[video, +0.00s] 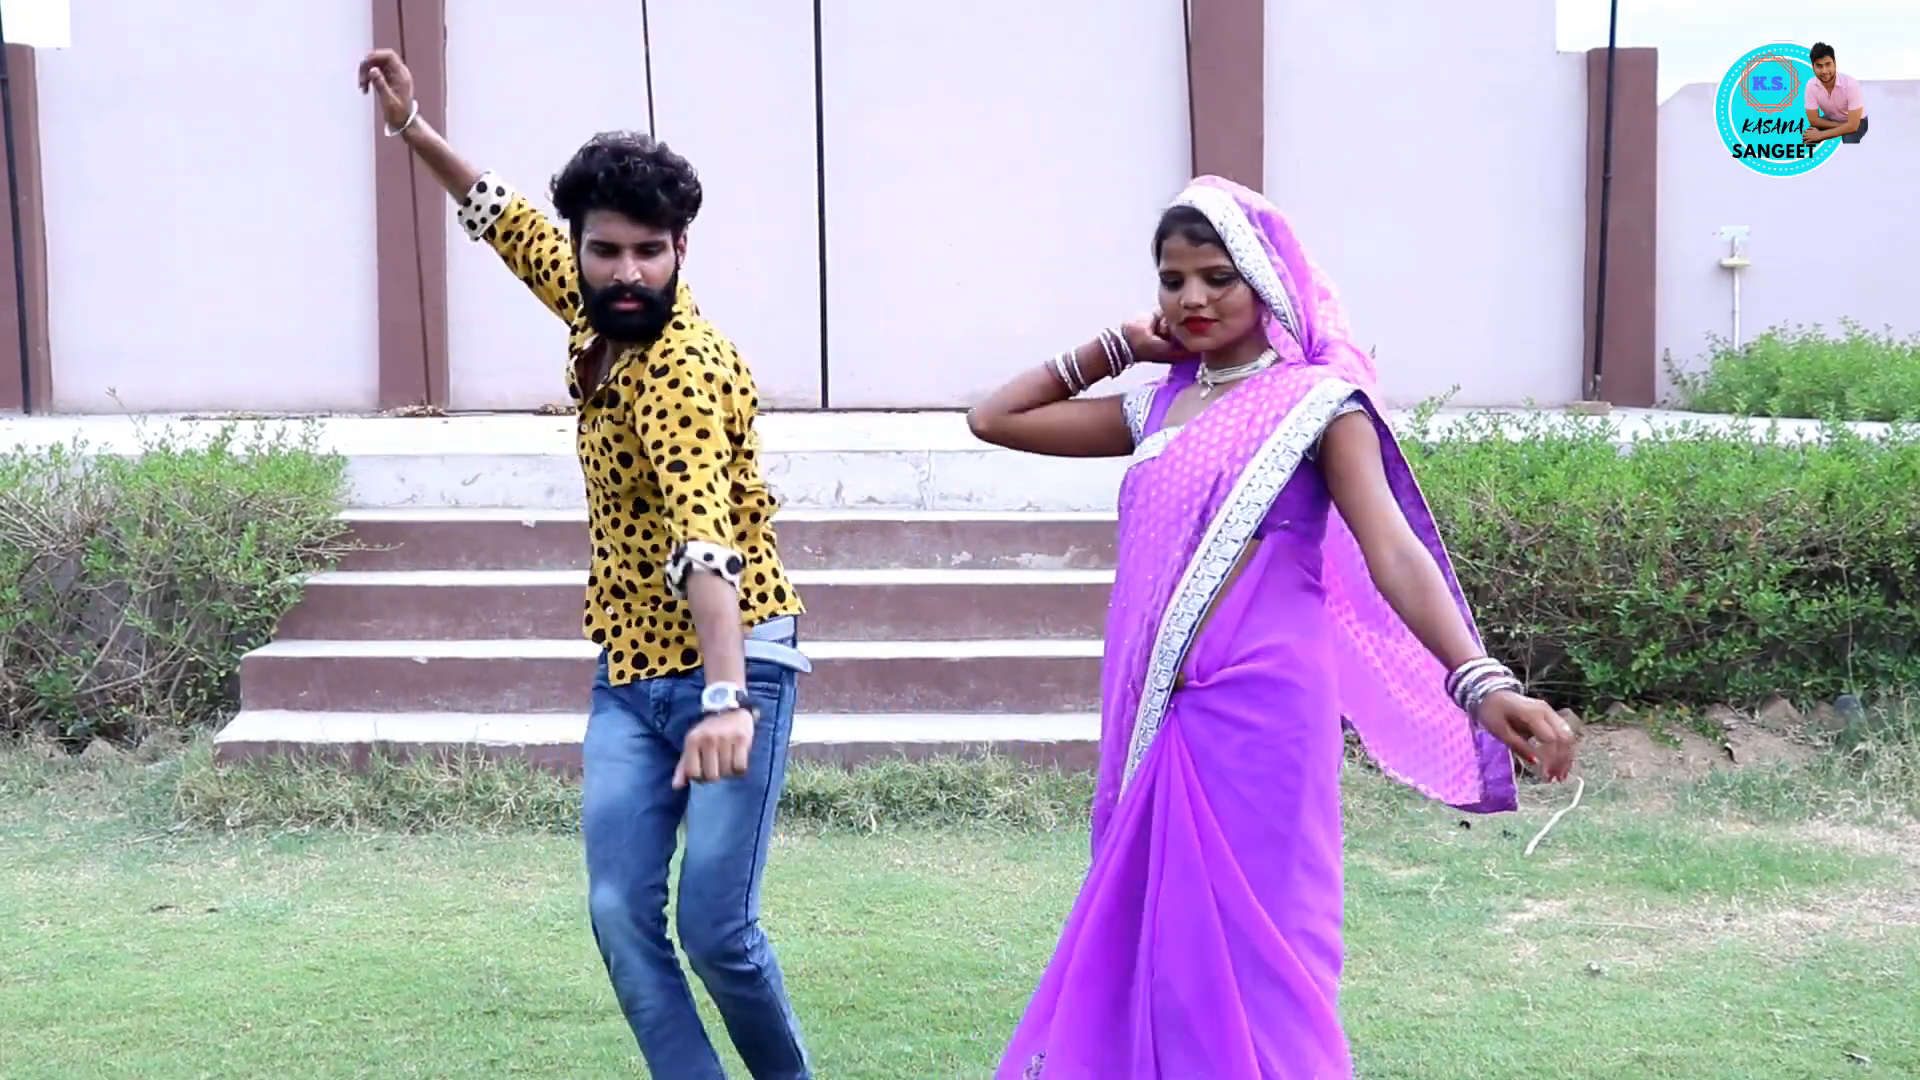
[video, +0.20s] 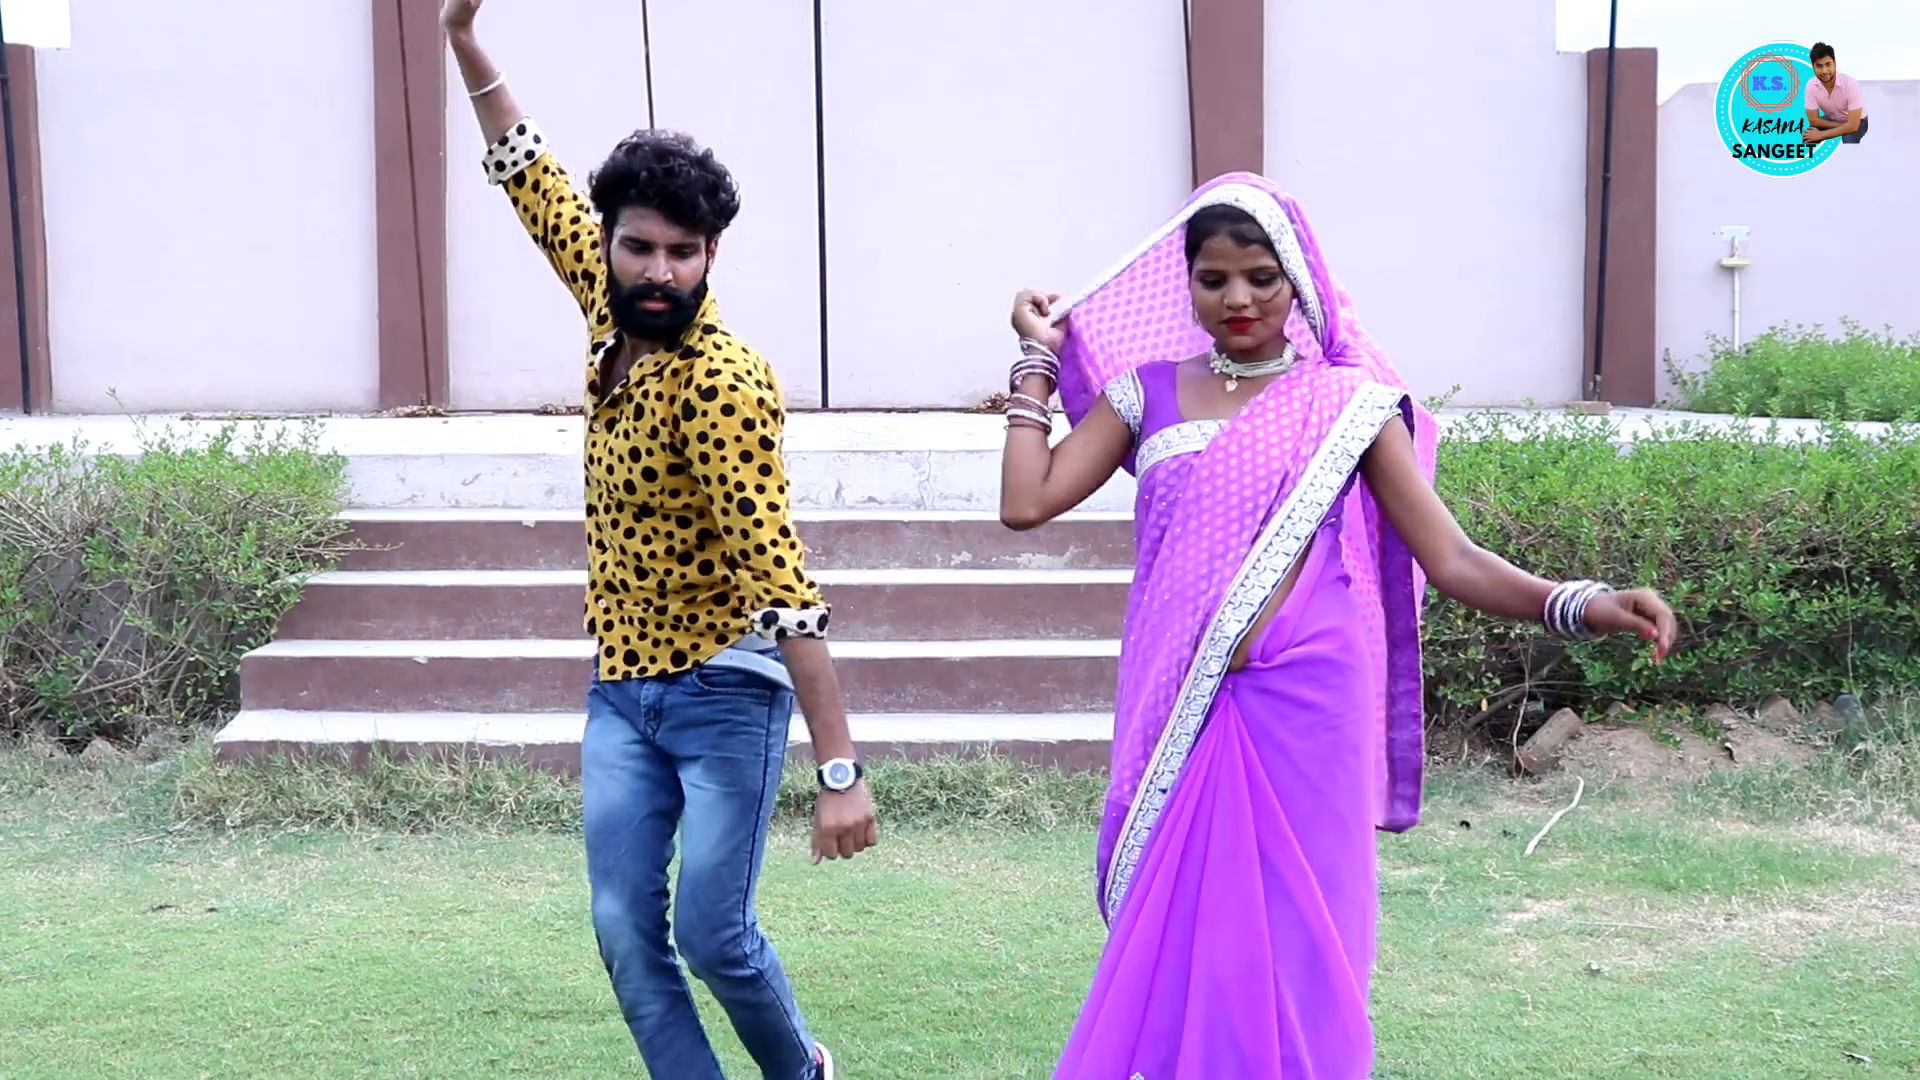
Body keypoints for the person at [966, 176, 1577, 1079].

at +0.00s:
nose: (1195, 299)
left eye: (1218, 277)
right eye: (1177, 281)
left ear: (1268, 282)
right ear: (1162, 292)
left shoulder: (1321, 400)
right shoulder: (1164, 405)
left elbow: (1396, 555)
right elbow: (996, 418)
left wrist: (1483, 683)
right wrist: (1116, 348)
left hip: (1257, 711)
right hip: (1147, 709)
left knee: (1249, 951)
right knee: (1144, 943)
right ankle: (1155, 1075)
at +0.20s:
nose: (1238, 299)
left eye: (1260, 277)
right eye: (1213, 279)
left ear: (1295, 279)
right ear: (1188, 283)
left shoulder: (1354, 401)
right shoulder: (1150, 394)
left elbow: (1454, 560)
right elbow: (1025, 501)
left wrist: (1583, 605)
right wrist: (1034, 361)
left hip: (1310, 702)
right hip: (1174, 699)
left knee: (1303, 941)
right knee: (1171, 936)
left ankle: (1300, 1071)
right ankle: (1177, 1075)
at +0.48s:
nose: (1283, 316)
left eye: (1301, 294)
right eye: (1258, 298)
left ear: (1330, 295)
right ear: (1225, 302)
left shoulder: (1367, 414)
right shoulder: (1171, 406)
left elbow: (1454, 578)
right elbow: (1122, 585)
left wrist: (1580, 498)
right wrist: (1062, 502)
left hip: (1341, 710)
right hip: (1212, 713)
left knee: (1335, 964)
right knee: (1241, 961)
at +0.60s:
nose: (1288, 294)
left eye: (1307, 272)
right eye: (1263, 276)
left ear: (1334, 274)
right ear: (1231, 284)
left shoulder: (1374, 397)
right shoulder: (1180, 385)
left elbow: (1461, 561)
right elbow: (1114, 556)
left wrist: (1585, 492)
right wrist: (1086, 517)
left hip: (1343, 690)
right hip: (1214, 692)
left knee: (1356, 935)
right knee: (1238, 936)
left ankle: (1366, 1071)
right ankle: (1246, 1072)